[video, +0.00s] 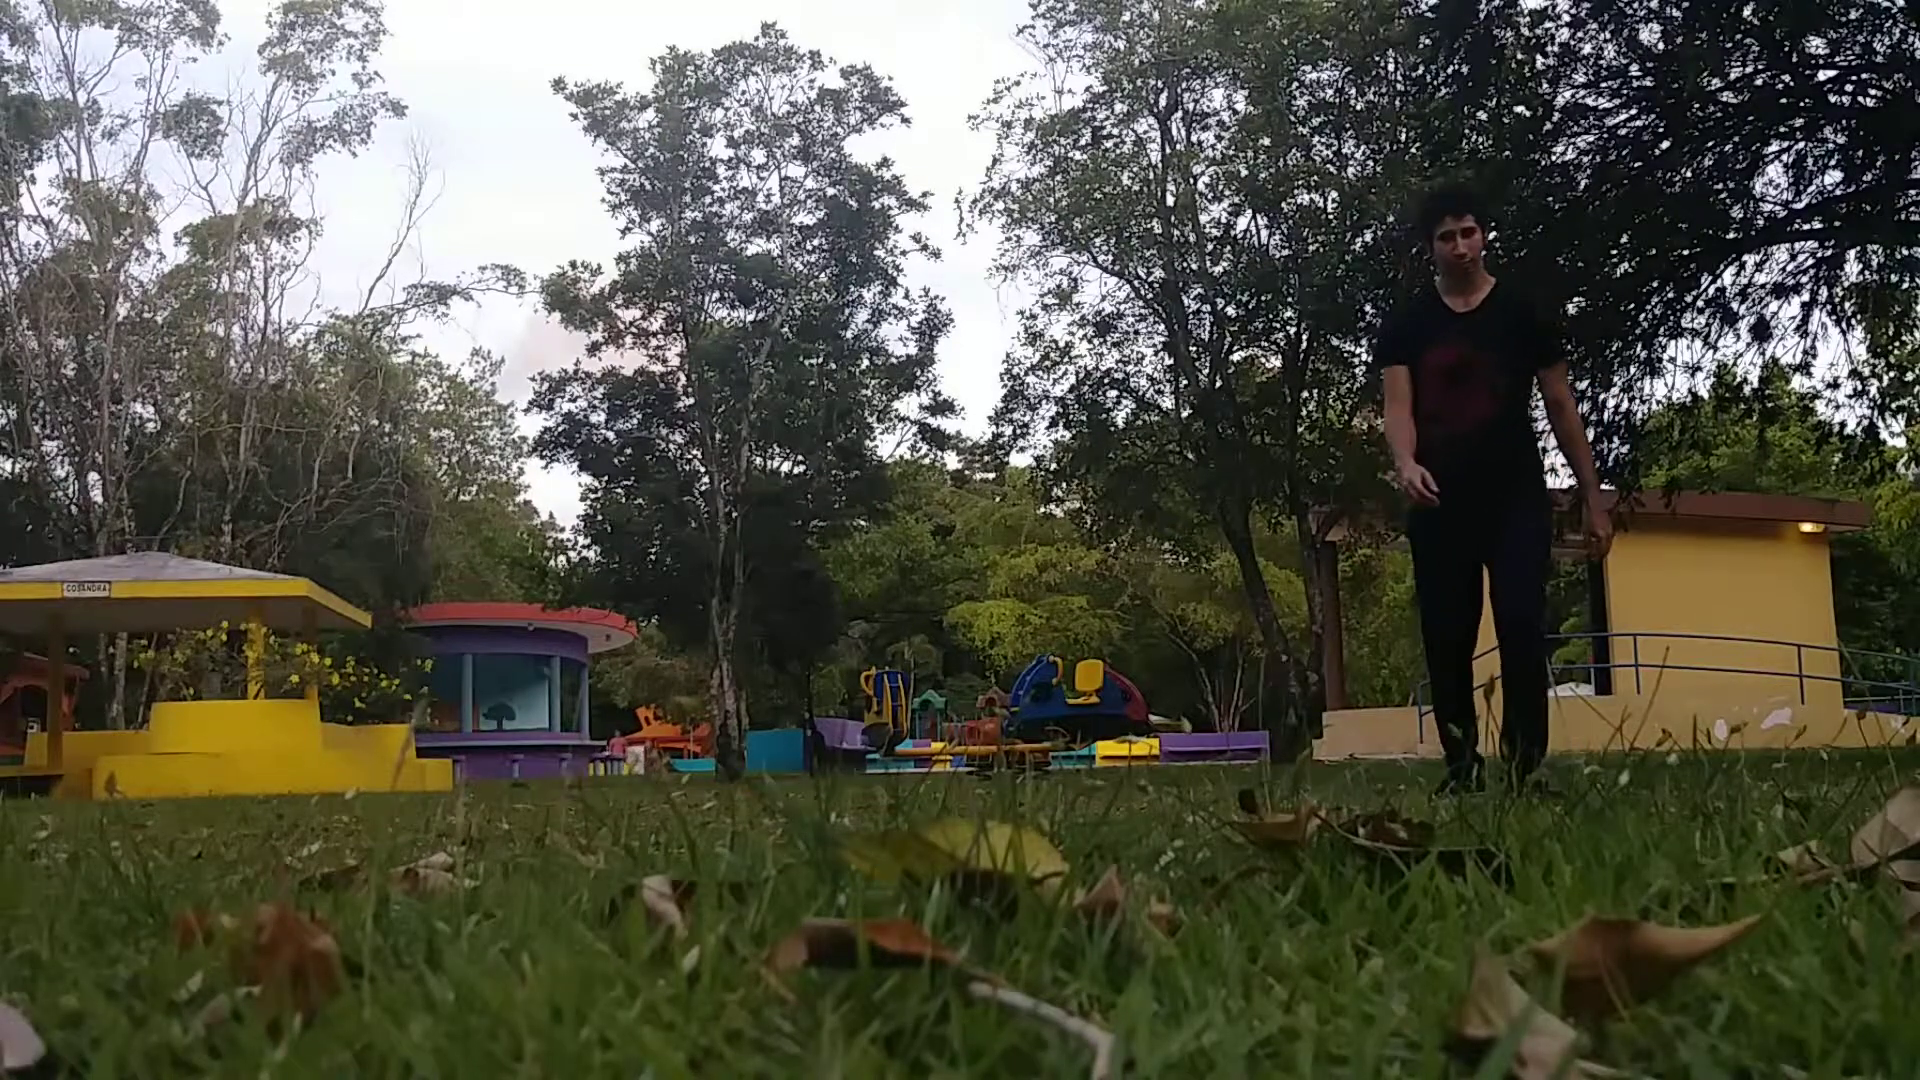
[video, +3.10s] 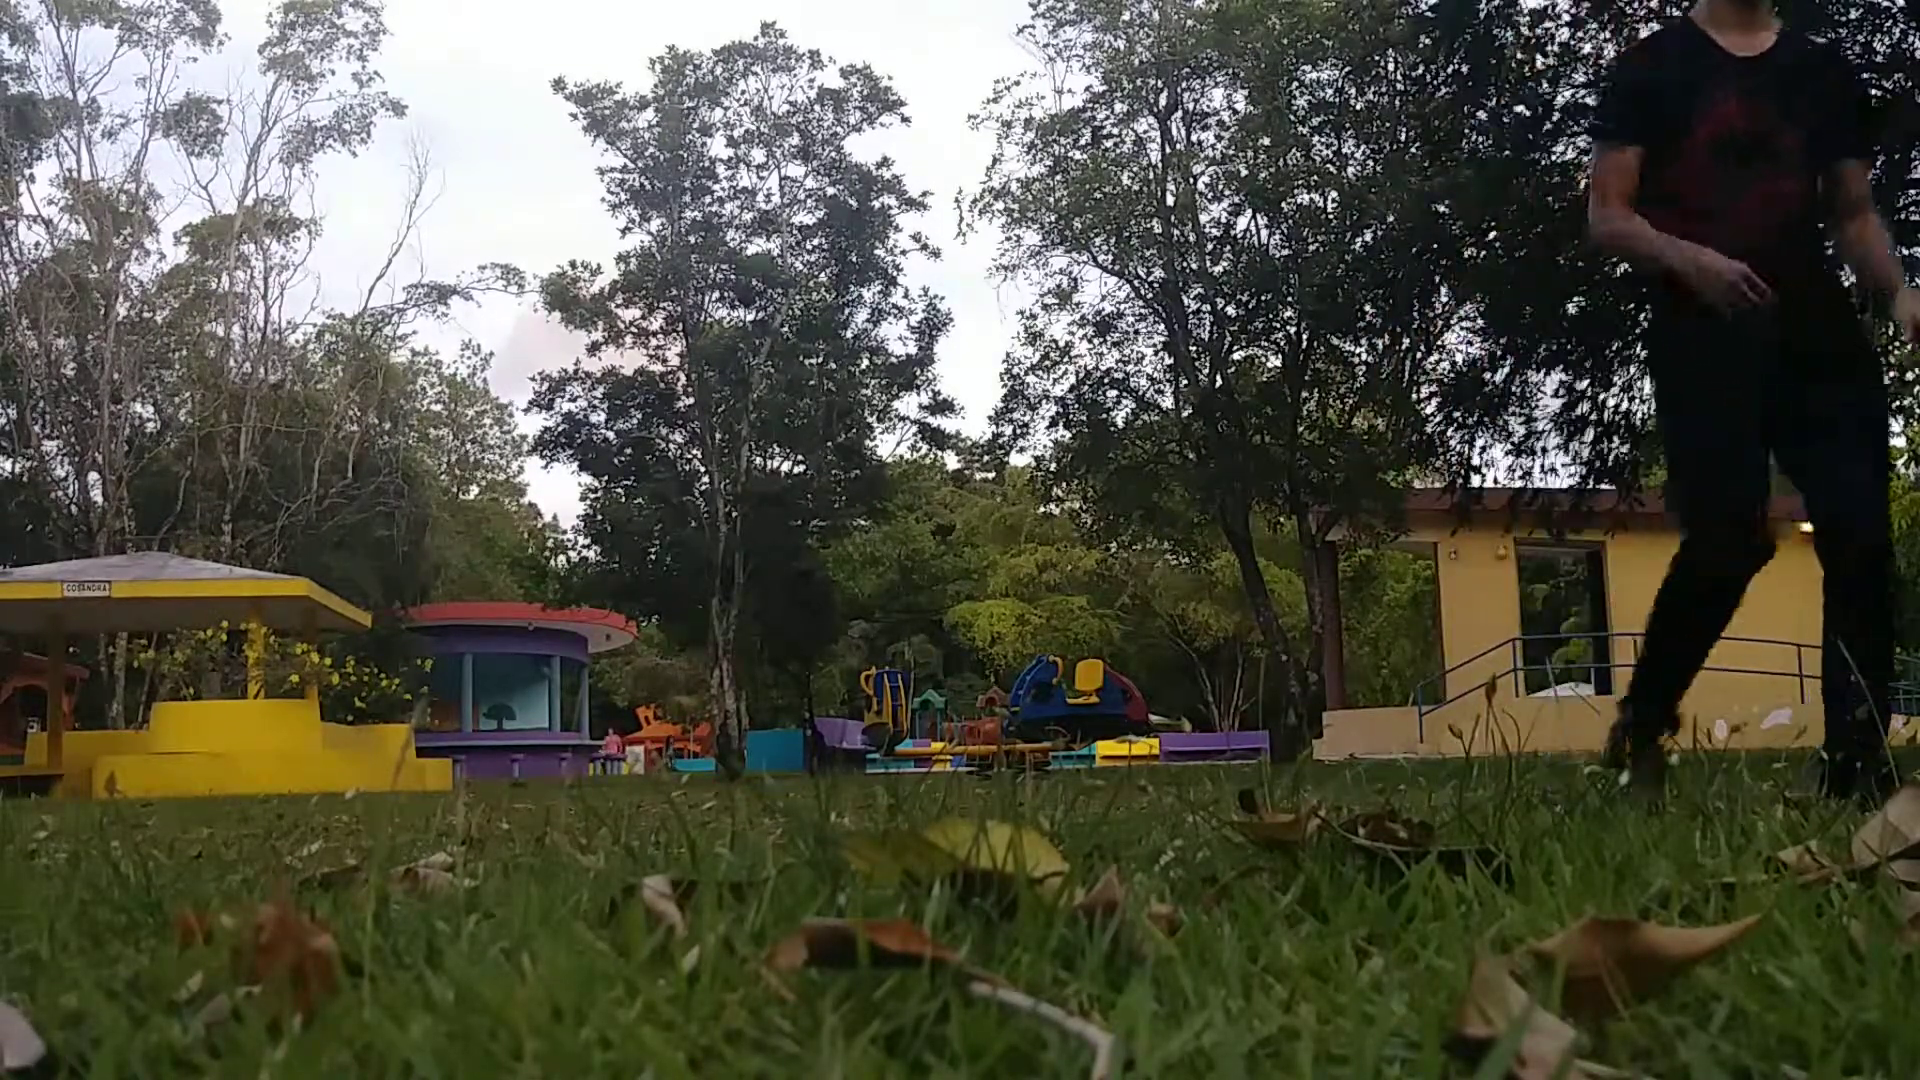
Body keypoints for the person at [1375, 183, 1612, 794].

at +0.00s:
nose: (1462, 244)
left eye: (1469, 233)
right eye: (1449, 237)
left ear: (1484, 237)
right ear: (1430, 247)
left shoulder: (1524, 311)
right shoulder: (1406, 323)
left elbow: (1563, 407)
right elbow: (1397, 405)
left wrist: (1592, 495)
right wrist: (1405, 462)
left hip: (1515, 497)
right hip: (1439, 501)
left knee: (1523, 633)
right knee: (1446, 639)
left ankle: (1525, 767)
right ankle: (1460, 767)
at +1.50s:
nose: (1517, 131)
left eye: (1525, 117)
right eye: (1500, 120)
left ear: (1536, 124)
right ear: (1468, 133)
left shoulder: (1570, 223)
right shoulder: (1438, 218)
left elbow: (1601, 343)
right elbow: (1421, 318)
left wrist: (1621, 453)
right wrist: (1461, 381)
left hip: (1560, 437)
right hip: (1470, 442)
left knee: (1588, 600)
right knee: (1465, 613)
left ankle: (1604, 765)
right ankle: (1463, 772)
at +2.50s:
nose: (1580, 22)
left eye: (1589, 8)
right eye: (1559, 10)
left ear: (1602, 21)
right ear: (1525, 31)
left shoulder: (1650, 125)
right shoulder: (1497, 142)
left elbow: (1690, 250)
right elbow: (1445, 270)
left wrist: (1701, 358)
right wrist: (1470, 356)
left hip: (1652, 388)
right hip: (1548, 395)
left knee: (1690, 575)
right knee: (1548, 585)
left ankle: (1621, 724)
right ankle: (1568, 766)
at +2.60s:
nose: (1594, 13)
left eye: (1604, 0)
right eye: (1575, 0)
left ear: (1617, 14)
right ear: (1538, 16)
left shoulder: (1662, 117)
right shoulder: (1503, 129)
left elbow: (1705, 245)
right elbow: (1452, 250)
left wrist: (1729, 352)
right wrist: (1513, 279)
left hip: (1662, 373)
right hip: (1558, 383)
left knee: (1721, 555)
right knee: (1557, 573)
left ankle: (1656, 729)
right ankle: (1568, 767)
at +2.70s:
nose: (1619, 3)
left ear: (1636, 8)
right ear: (1555, 9)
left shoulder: (1679, 113)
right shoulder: (1522, 114)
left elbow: (1720, 238)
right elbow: (1486, 230)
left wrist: (1756, 337)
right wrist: (1567, 235)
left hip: (1676, 363)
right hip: (1572, 373)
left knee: (1759, 537)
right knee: (1566, 571)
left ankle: (1728, 742)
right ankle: (1568, 765)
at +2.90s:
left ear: (1702, 4)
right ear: (1623, 2)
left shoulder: (1743, 107)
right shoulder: (1589, 97)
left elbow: (1764, 244)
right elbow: (1586, 227)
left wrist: (1805, 333)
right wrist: (1667, 241)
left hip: (1743, 364)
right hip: (1634, 369)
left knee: (1817, 546)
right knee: (1610, 570)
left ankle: (1846, 753)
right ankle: (1577, 767)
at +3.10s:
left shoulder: (1827, 73)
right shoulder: (1649, 68)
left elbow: (1854, 212)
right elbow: (1606, 217)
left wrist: (1898, 289)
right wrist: (1690, 260)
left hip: (1815, 331)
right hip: (1702, 341)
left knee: (1861, 543)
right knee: (1728, 540)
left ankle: (1856, 766)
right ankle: (1640, 734)